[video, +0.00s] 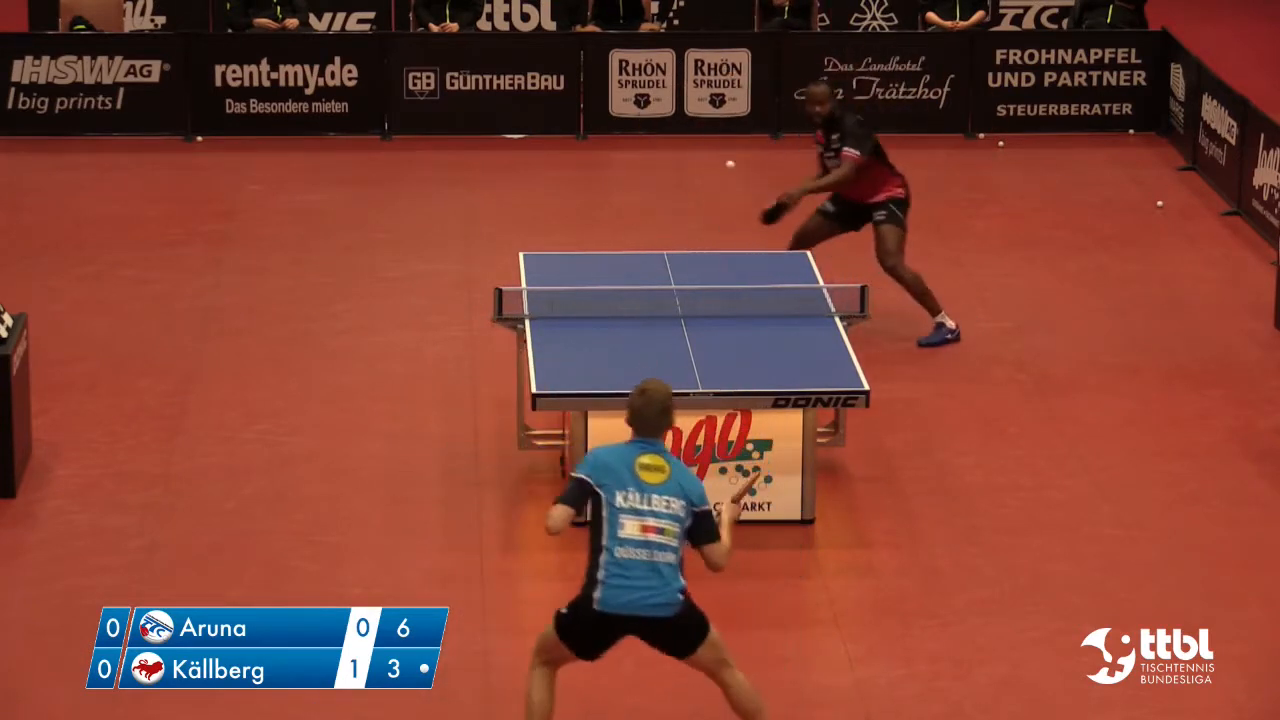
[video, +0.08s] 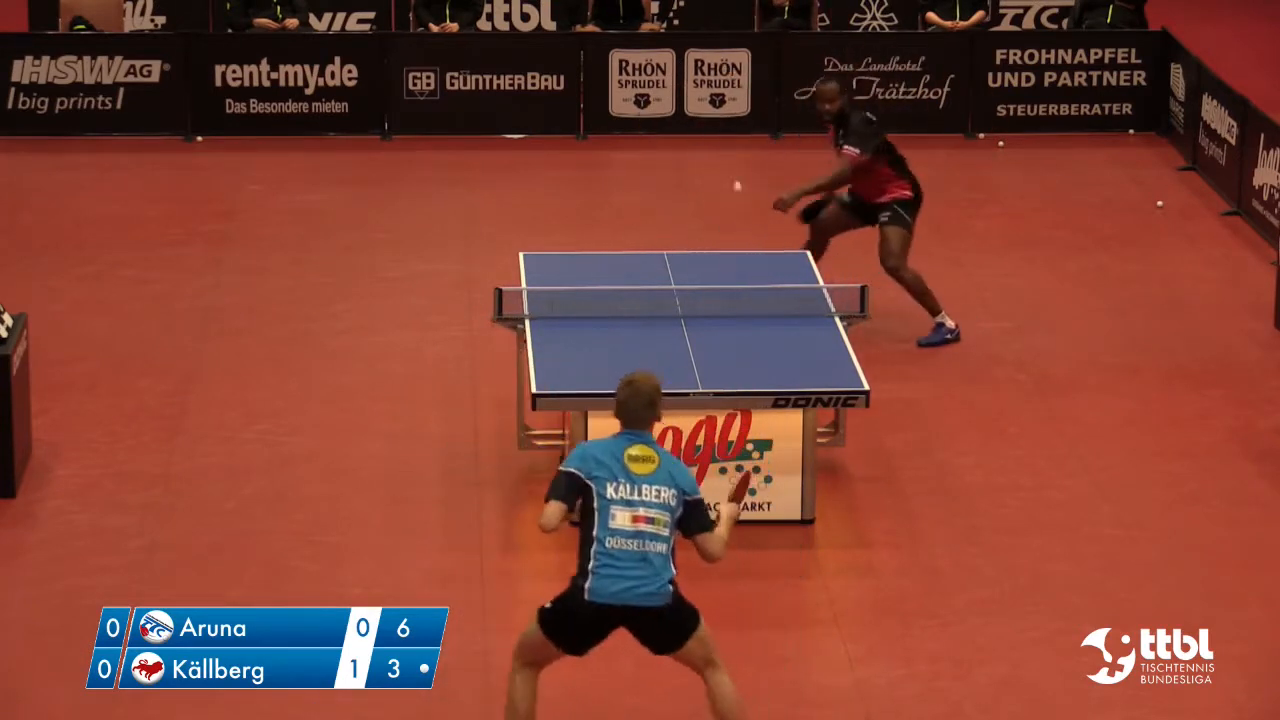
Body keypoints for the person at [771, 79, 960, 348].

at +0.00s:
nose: (816, 110)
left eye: (821, 103)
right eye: (811, 104)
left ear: (834, 101)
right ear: (806, 106)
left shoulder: (853, 125)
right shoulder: (821, 131)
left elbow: (845, 172)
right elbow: (823, 177)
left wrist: (799, 192)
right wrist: (787, 203)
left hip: (887, 196)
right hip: (851, 198)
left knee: (890, 261)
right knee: (800, 241)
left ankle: (945, 323)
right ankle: (788, 311)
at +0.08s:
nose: (825, 108)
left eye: (831, 101)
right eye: (821, 102)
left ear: (844, 99)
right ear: (816, 102)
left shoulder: (859, 123)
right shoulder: (837, 126)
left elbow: (845, 171)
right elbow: (848, 171)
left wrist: (795, 195)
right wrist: (826, 200)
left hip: (897, 198)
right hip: (864, 198)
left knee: (892, 262)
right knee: (820, 227)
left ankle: (945, 323)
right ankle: (793, 287)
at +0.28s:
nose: (839, 97)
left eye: (844, 90)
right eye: (836, 91)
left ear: (859, 85)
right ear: (836, 89)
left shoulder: (862, 111)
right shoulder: (883, 98)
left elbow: (836, 148)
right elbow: (920, 119)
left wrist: (796, 174)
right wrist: (929, 142)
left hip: (903, 191)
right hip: (881, 188)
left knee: (888, 264)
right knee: (842, 226)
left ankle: (945, 322)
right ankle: (858, 293)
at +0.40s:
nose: (851, 68)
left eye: (856, 62)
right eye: (850, 62)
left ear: (871, 60)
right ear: (858, 60)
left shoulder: (879, 87)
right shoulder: (887, 78)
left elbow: (885, 130)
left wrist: (871, 167)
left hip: (908, 172)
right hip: (886, 170)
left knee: (901, 243)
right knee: (850, 220)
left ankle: (944, 316)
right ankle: (859, 291)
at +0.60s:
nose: (907, 45)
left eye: (913, 39)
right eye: (904, 39)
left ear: (927, 40)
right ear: (899, 40)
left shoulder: (942, 73)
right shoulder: (894, 59)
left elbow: (979, 88)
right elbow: (886, 12)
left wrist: (984, 49)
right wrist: (928, 5)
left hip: (913, 148)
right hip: (877, 147)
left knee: (928, 206)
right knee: (859, 216)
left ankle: (964, 272)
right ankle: (858, 286)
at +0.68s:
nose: (928, 55)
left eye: (934, 50)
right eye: (925, 49)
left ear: (947, 51)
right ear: (918, 46)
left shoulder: (959, 83)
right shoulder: (910, 57)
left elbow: (1004, 98)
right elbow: (910, 7)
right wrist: (955, 7)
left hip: (916, 156)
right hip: (875, 148)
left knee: (950, 221)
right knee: (849, 220)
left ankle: (994, 276)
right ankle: (830, 279)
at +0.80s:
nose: (953, 79)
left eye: (958, 74)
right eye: (948, 73)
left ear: (966, 76)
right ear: (939, 73)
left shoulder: (973, 114)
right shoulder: (923, 87)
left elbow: (1001, 156)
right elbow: (911, 36)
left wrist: (1042, 174)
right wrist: (954, 33)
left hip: (933, 186)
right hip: (892, 175)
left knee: (967, 244)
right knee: (845, 234)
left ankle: (992, 297)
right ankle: (797, 260)